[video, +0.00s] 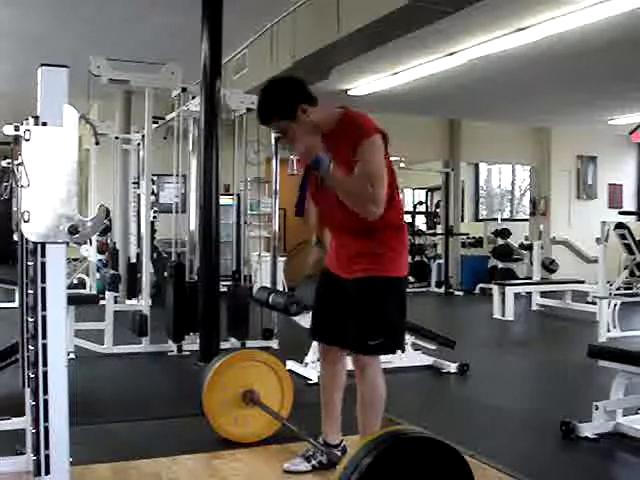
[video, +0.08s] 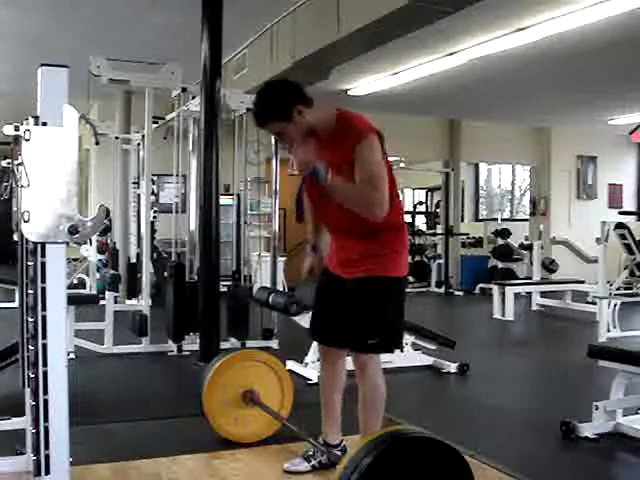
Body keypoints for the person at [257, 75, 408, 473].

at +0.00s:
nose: (287, 144)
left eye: (285, 134)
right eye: (281, 138)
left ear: (304, 112)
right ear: (302, 115)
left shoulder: (363, 131)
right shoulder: (319, 141)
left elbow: (373, 204)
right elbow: (321, 212)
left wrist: (322, 166)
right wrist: (308, 183)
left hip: (378, 265)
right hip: (339, 261)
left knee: (367, 358)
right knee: (329, 352)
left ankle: (369, 452)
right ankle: (331, 444)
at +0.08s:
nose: (283, 144)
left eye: (282, 135)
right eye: (277, 138)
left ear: (299, 112)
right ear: (295, 116)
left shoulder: (359, 133)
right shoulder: (312, 140)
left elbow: (377, 206)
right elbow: (316, 195)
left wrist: (319, 173)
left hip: (379, 262)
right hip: (340, 260)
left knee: (367, 357)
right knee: (329, 352)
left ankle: (370, 452)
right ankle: (331, 443)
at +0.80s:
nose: (247, 287)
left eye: (243, 280)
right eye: (239, 284)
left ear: (256, 257)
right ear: (255, 255)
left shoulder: (312, 270)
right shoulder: (275, 272)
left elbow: (335, 351)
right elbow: (288, 337)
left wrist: (330, 428)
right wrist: (289, 400)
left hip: (409, 275)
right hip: (368, 279)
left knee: (357, 357)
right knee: (316, 345)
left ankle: (381, 454)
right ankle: (329, 447)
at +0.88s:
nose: (238, 286)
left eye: (235, 281)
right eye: (233, 283)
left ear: (252, 267)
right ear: (254, 261)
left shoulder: (308, 276)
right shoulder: (275, 273)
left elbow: (332, 353)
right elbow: (288, 338)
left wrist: (329, 430)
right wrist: (289, 401)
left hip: (408, 277)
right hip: (370, 278)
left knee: (352, 357)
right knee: (312, 346)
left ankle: (379, 453)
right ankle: (329, 447)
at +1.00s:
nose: (238, 280)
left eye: (234, 275)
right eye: (233, 277)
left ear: (244, 265)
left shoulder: (307, 275)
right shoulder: (275, 271)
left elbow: (330, 357)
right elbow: (285, 336)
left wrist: (330, 431)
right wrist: (288, 402)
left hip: (410, 286)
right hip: (372, 288)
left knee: (347, 361)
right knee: (311, 351)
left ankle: (378, 455)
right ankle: (328, 449)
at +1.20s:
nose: (237, 272)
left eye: (233, 265)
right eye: (232, 267)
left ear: (242, 257)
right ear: (257, 241)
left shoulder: (311, 276)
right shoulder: (280, 272)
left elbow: (331, 357)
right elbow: (288, 338)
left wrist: (332, 430)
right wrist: (290, 400)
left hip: (410, 305)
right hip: (372, 306)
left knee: (340, 375)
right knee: (304, 360)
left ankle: (376, 461)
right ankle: (330, 448)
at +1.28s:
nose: (236, 270)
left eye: (232, 263)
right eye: (231, 265)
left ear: (242, 255)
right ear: (256, 240)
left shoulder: (310, 274)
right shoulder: (281, 271)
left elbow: (332, 355)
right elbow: (289, 339)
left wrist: (333, 429)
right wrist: (290, 399)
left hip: (410, 307)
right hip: (372, 308)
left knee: (340, 376)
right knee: (303, 360)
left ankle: (375, 460)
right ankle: (330, 448)